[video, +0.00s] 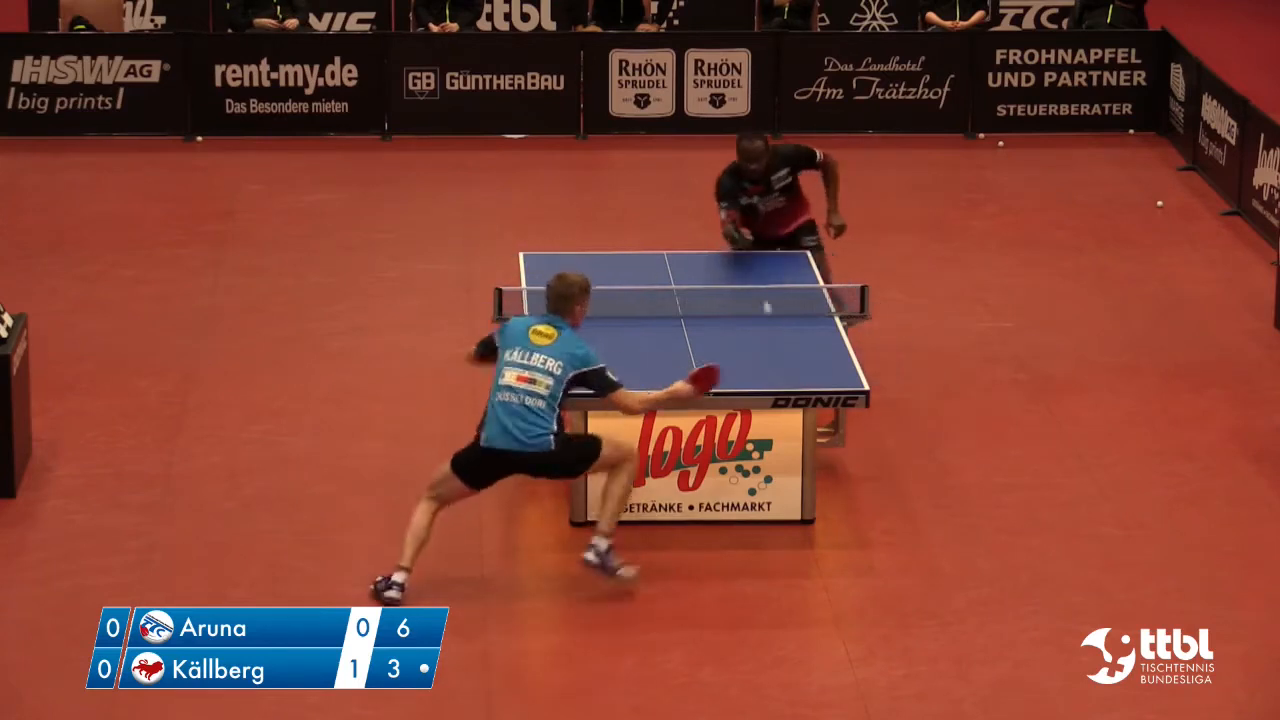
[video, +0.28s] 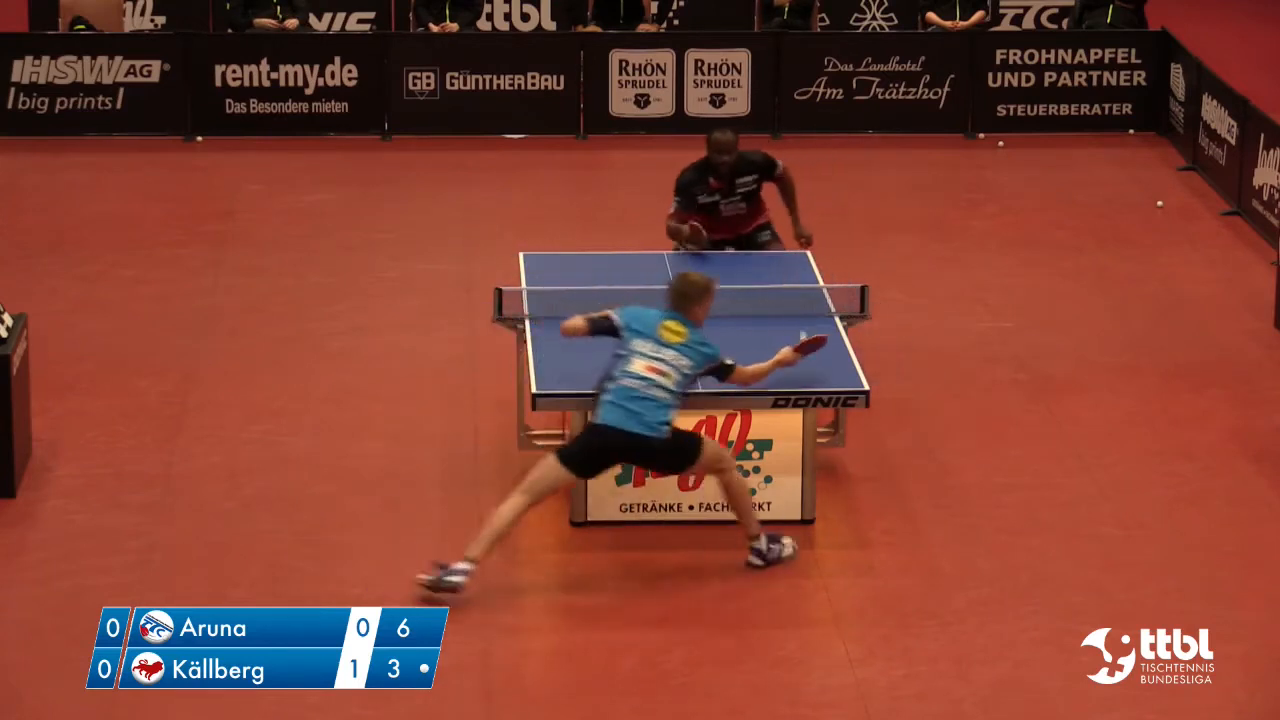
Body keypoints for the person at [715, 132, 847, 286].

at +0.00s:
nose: (753, 167)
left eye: (758, 160)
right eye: (747, 162)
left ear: (767, 152)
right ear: (738, 158)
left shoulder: (785, 156)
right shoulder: (728, 181)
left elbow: (828, 163)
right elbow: (728, 225)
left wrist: (833, 212)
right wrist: (735, 237)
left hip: (800, 231)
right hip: (761, 239)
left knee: (822, 287)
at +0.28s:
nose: (724, 159)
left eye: (729, 153)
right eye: (718, 154)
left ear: (737, 150)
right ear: (708, 151)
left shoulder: (756, 163)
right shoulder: (690, 178)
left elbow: (783, 176)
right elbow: (672, 225)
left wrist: (797, 225)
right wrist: (686, 233)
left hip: (754, 231)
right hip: (711, 238)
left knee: (782, 270)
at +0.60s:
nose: (736, 161)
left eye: (740, 155)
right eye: (729, 155)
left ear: (748, 150)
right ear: (718, 151)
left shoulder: (761, 165)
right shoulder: (700, 178)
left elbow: (779, 189)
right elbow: (684, 229)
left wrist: (787, 221)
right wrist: (715, 244)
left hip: (747, 234)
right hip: (703, 238)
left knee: (776, 269)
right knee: (658, 264)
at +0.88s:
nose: (756, 169)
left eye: (760, 163)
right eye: (750, 164)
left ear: (769, 154)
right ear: (740, 157)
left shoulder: (782, 158)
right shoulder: (724, 173)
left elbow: (797, 175)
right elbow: (698, 222)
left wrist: (818, 215)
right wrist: (734, 219)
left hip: (758, 225)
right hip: (719, 228)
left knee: (783, 267)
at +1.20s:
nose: (750, 138)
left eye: (756, 133)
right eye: (745, 133)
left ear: (765, 128)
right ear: (737, 130)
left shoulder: (783, 134)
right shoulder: (727, 149)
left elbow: (804, 154)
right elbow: (707, 173)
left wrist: (822, 196)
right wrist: (699, 186)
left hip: (784, 215)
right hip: (741, 217)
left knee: (816, 272)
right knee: (728, 269)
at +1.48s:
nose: (772, 132)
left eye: (777, 125)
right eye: (767, 126)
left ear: (789, 124)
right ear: (759, 125)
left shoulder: (815, 142)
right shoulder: (751, 152)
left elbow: (852, 167)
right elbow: (730, 181)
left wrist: (851, 215)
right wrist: (716, 193)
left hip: (818, 216)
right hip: (772, 217)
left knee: (855, 275)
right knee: (735, 262)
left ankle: (877, 324)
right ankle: (730, 326)